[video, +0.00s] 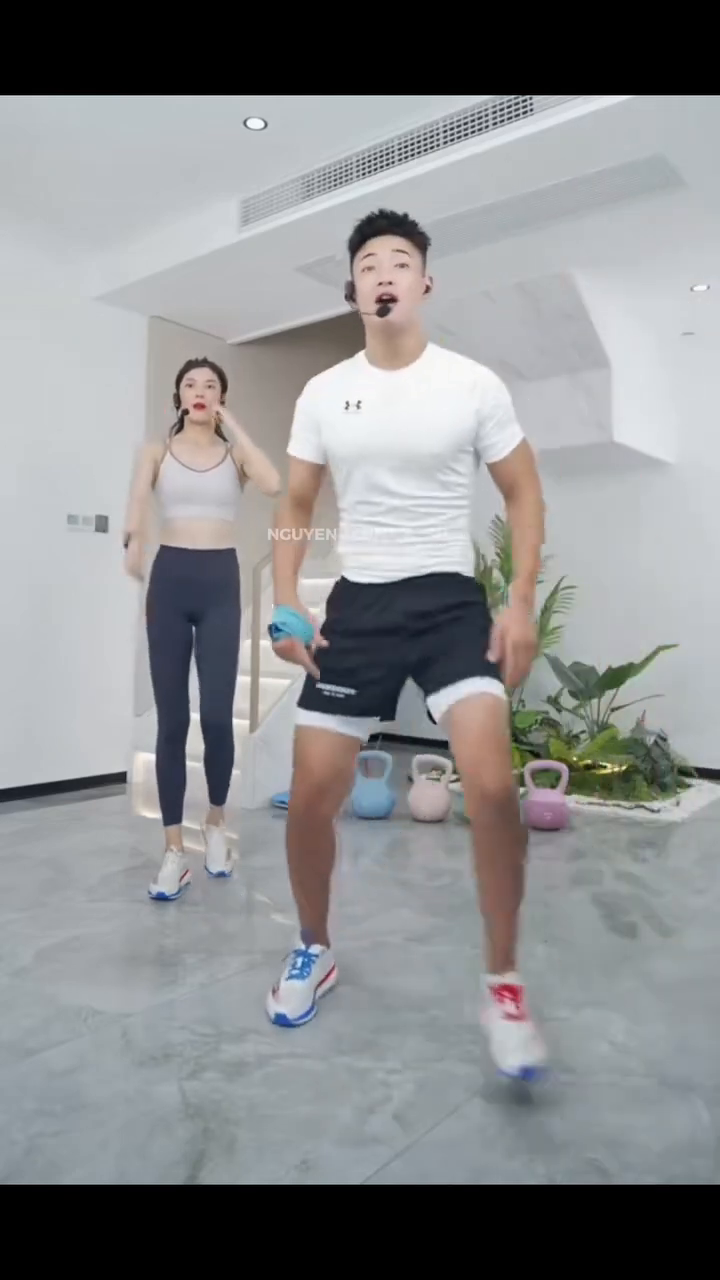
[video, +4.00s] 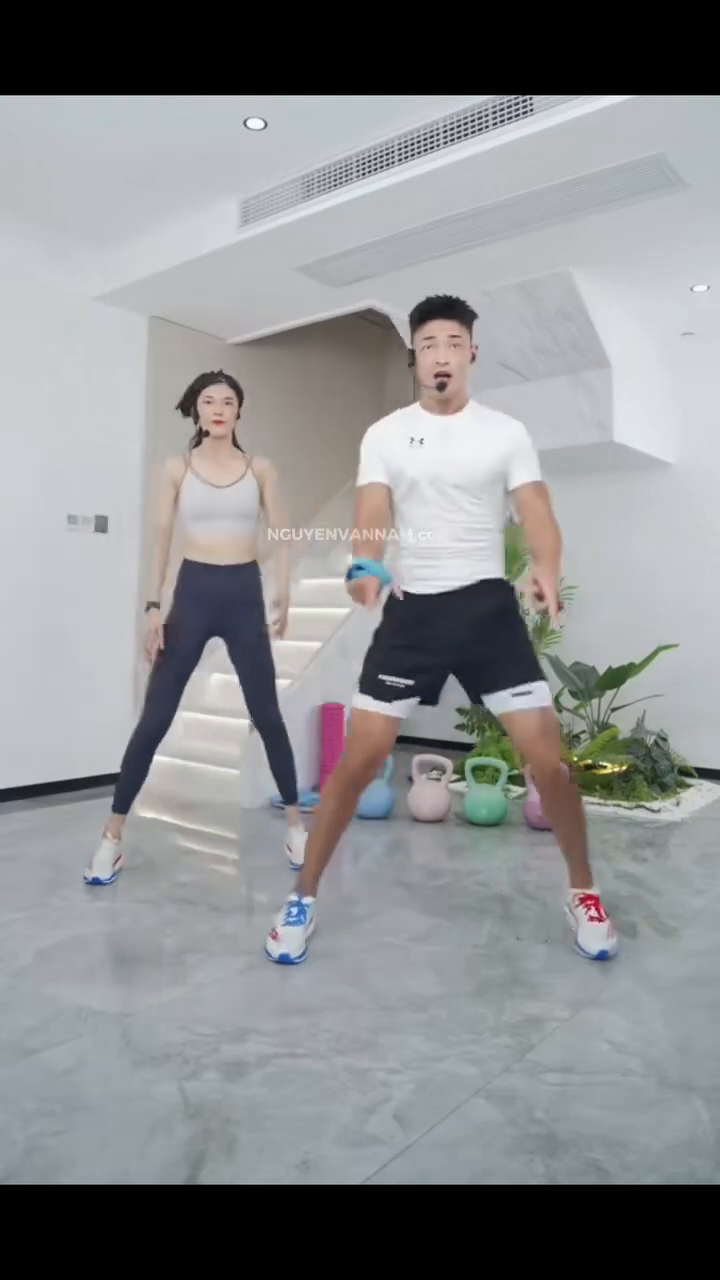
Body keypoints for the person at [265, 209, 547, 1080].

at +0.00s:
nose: (383, 276)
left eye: (399, 264)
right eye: (369, 266)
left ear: (428, 284)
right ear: (352, 291)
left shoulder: (474, 386)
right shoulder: (324, 394)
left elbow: (526, 496)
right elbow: (295, 509)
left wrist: (519, 605)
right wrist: (286, 600)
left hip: (453, 607)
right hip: (355, 612)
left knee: (493, 788)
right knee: (310, 795)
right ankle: (313, 950)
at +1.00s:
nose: (522, 331)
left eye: (532, 322)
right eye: (508, 323)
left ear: (547, 340)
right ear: (487, 343)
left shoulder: (580, 424)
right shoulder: (456, 419)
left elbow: (623, 500)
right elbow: (421, 509)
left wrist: (608, 553)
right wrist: (474, 557)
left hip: (559, 601)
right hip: (483, 600)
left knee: (568, 756)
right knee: (472, 758)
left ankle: (574, 897)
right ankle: (488, 850)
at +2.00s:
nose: (380, 314)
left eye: (394, 303)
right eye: (368, 304)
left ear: (417, 319)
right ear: (352, 323)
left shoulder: (462, 408)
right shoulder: (324, 414)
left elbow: (510, 482)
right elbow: (300, 487)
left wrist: (469, 544)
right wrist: (287, 532)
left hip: (428, 609)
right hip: (348, 604)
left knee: (394, 789)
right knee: (311, 768)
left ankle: (353, 899)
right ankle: (305, 924)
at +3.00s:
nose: (491, 328)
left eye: (506, 313)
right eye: (477, 314)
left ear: (528, 321)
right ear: (459, 322)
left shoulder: (562, 403)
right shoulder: (426, 409)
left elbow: (612, 506)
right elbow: (393, 514)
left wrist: (552, 514)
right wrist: (434, 489)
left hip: (535, 609)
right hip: (445, 606)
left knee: (581, 782)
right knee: (367, 739)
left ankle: (620, 966)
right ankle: (359, 901)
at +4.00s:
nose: (440, 357)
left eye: (453, 344)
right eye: (427, 346)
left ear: (473, 355)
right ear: (413, 359)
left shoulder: (505, 433)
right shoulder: (385, 435)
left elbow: (537, 517)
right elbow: (370, 517)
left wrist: (546, 570)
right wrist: (364, 566)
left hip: (489, 612)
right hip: (410, 616)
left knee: (549, 765)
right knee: (359, 760)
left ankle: (583, 892)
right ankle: (301, 900)